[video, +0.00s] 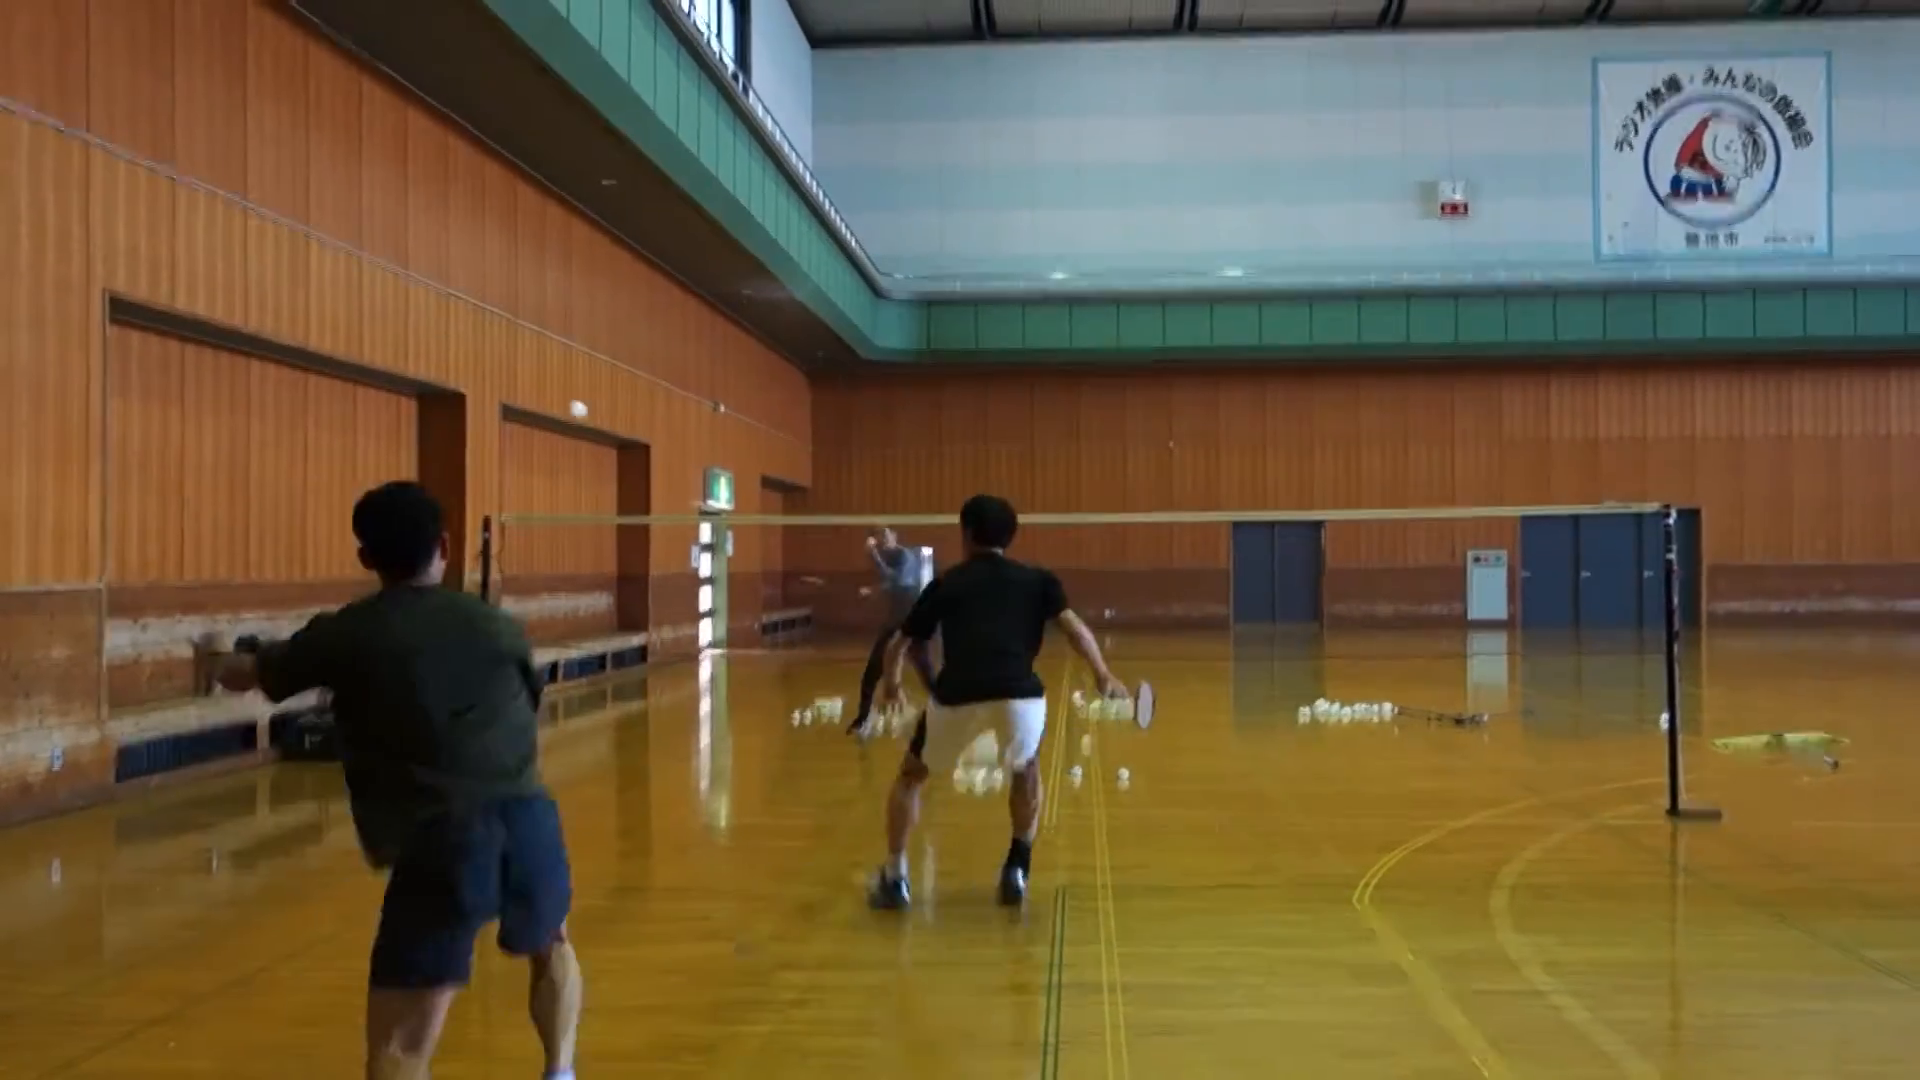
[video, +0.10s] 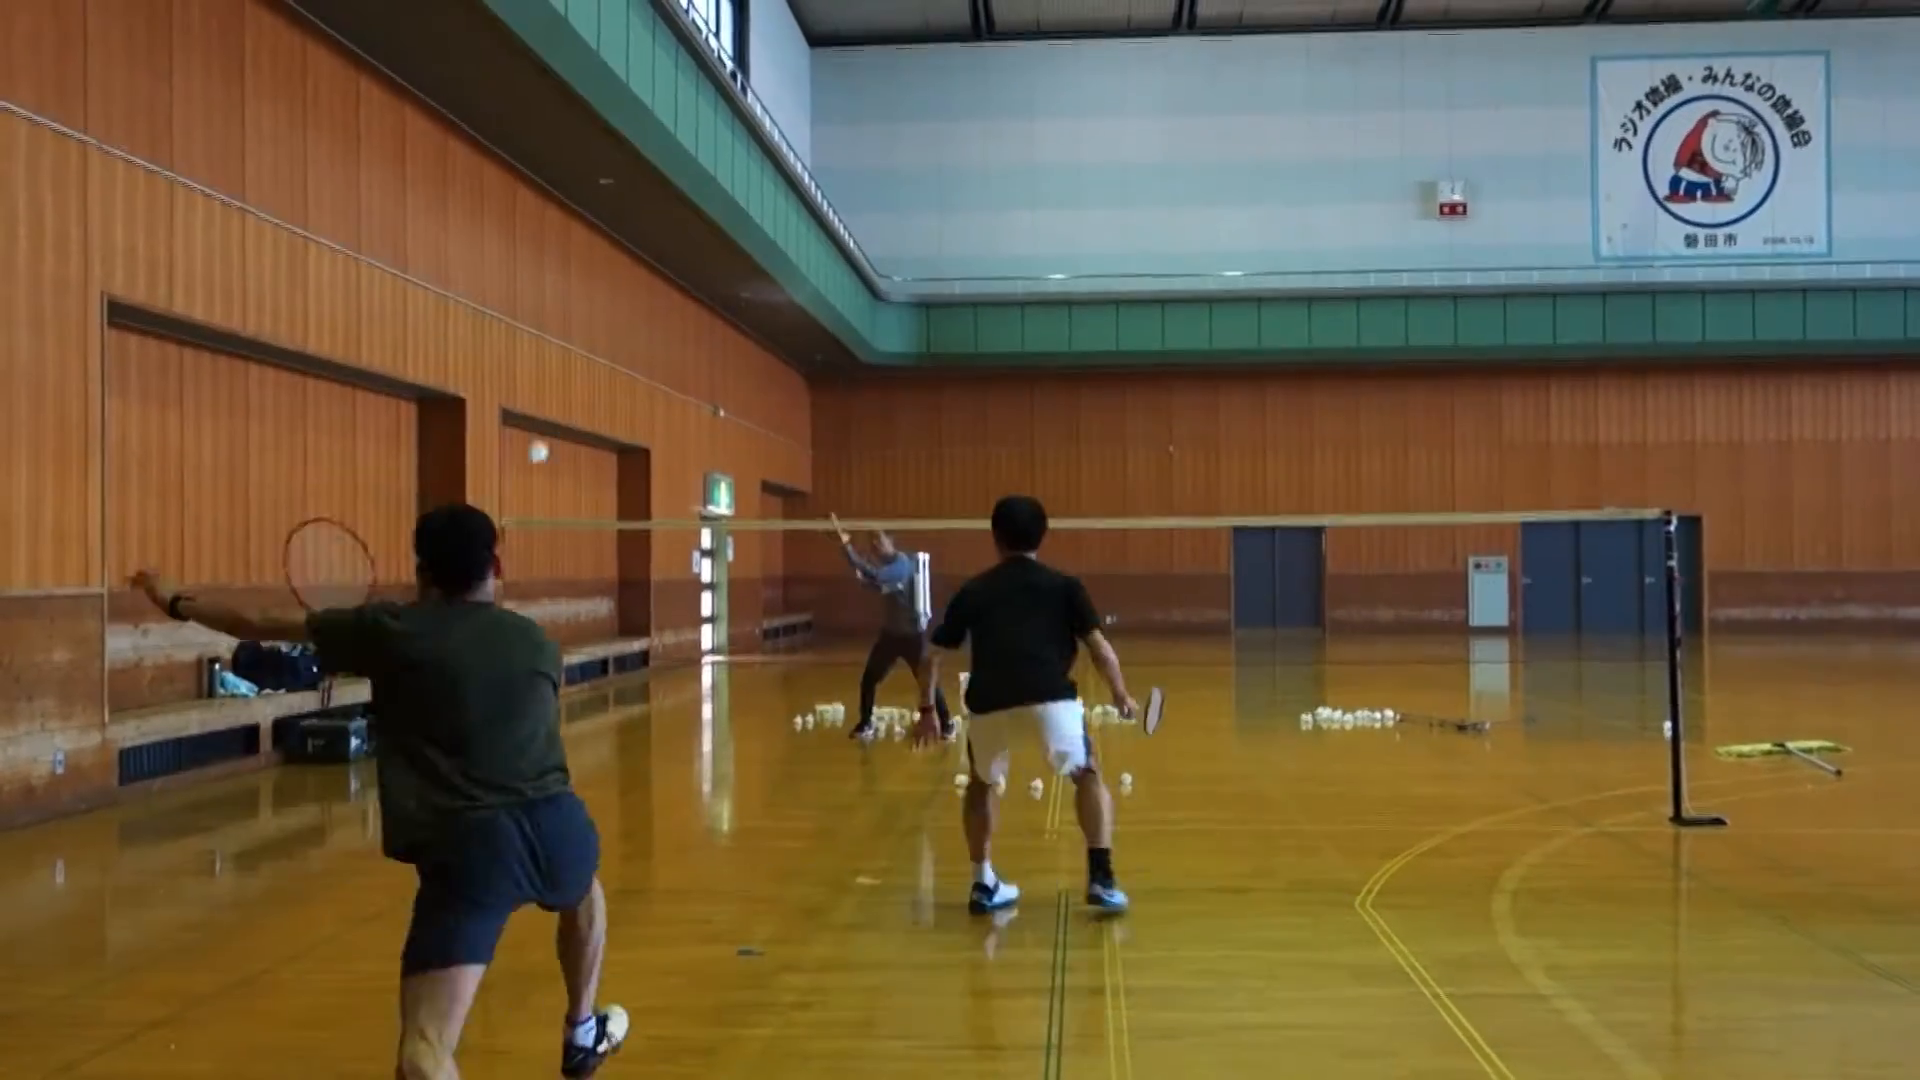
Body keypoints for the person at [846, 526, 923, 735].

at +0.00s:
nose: (883, 541)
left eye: (886, 536)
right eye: (879, 538)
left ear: (894, 536)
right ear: (877, 541)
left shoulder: (906, 555)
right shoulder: (885, 558)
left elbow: (897, 578)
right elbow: (891, 585)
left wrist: (875, 554)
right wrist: (872, 591)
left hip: (914, 621)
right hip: (894, 621)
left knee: (926, 669)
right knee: (872, 670)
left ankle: (946, 708)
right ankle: (863, 717)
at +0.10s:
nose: (877, 546)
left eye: (880, 541)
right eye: (874, 543)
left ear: (891, 541)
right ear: (872, 547)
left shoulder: (904, 564)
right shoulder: (881, 568)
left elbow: (879, 577)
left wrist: (849, 549)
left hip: (912, 634)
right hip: (890, 634)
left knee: (927, 681)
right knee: (868, 680)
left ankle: (945, 721)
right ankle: (866, 722)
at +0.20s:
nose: (881, 547)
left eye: (882, 542)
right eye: (876, 545)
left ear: (890, 541)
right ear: (873, 549)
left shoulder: (904, 562)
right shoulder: (881, 568)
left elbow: (880, 578)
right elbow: (867, 588)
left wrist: (850, 563)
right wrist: (850, 574)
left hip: (911, 633)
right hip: (889, 632)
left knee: (928, 680)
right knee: (867, 679)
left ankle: (946, 723)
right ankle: (865, 722)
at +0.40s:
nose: (880, 547)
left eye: (883, 542)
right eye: (877, 544)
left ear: (892, 542)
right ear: (875, 548)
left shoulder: (911, 563)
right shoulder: (875, 572)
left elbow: (905, 588)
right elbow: (860, 595)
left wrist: (871, 586)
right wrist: (844, 608)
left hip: (915, 632)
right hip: (890, 633)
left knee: (931, 678)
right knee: (869, 678)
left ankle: (948, 720)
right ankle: (866, 721)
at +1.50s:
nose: (884, 549)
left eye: (887, 543)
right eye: (881, 545)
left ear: (897, 544)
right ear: (878, 549)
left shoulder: (915, 567)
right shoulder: (882, 580)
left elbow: (933, 594)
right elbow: (883, 612)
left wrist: (920, 617)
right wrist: (870, 627)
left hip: (922, 636)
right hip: (897, 637)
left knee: (934, 683)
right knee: (872, 681)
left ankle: (947, 724)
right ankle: (866, 724)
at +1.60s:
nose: (881, 547)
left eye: (884, 542)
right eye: (878, 544)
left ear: (896, 543)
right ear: (876, 547)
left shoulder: (911, 564)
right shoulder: (885, 574)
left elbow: (922, 594)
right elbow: (887, 607)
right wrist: (865, 617)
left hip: (919, 633)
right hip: (897, 633)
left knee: (917, 679)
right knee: (876, 678)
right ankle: (868, 722)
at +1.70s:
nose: (881, 547)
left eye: (885, 543)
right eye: (878, 543)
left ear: (896, 543)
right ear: (876, 546)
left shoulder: (908, 564)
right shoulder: (885, 570)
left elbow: (908, 592)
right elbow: (887, 601)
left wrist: (880, 578)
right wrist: (861, 610)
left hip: (916, 631)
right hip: (898, 631)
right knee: (879, 677)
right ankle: (867, 722)